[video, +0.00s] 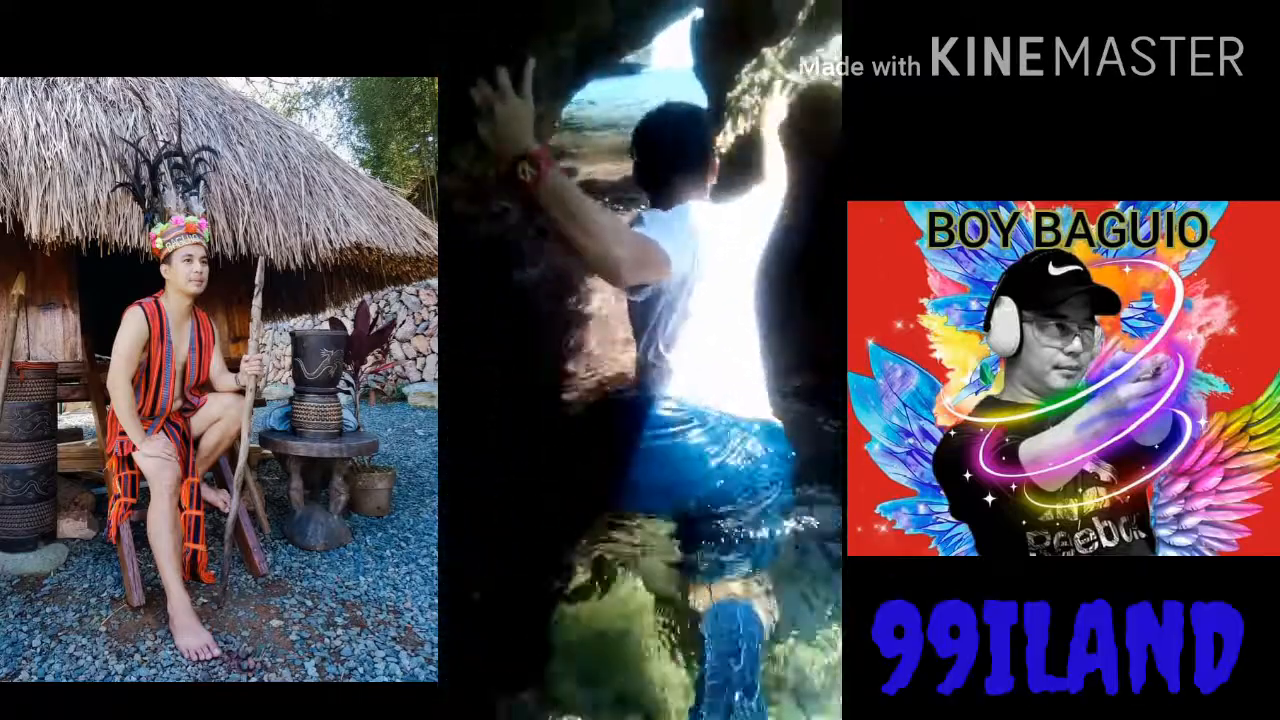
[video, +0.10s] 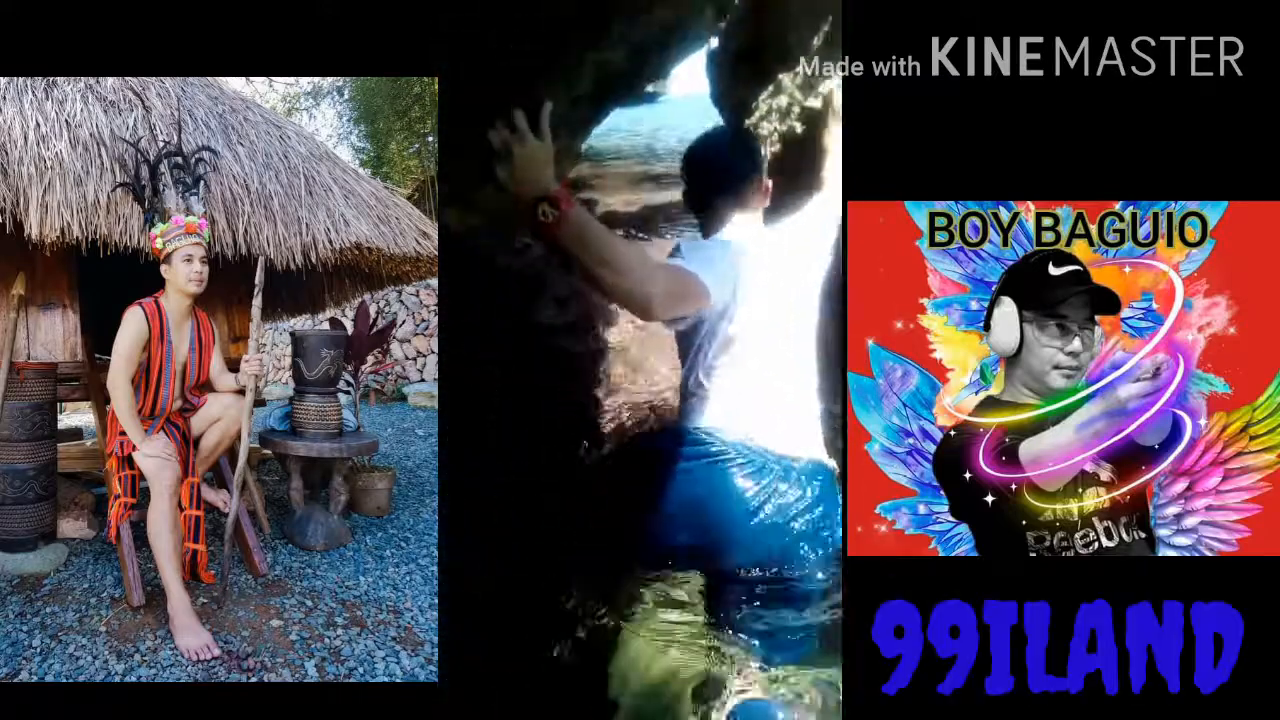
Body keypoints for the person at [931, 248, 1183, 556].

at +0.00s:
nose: (1077, 346)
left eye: (1086, 328)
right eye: (1057, 327)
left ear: (1097, 334)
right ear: (1008, 327)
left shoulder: (1112, 410)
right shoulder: (962, 446)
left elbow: (1157, 436)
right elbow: (1017, 473)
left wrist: (1148, 395)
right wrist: (1107, 413)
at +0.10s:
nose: (1077, 346)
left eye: (1086, 328)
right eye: (1057, 327)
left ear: (1097, 334)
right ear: (1008, 327)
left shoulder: (1112, 410)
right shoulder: (962, 446)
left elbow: (1157, 436)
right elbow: (1017, 473)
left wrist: (1148, 395)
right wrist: (1107, 413)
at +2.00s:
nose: (1076, 346)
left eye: (1086, 328)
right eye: (1055, 327)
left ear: (1096, 334)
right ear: (1007, 327)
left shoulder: (1113, 409)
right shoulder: (962, 445)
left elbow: (1155, 435)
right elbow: (1022, 472)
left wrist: (1149, 396)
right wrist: (1105, 412)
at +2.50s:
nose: (1076, 346)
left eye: (1086, 328)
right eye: (1055, 327)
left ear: (1097, 334)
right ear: (1007, 328)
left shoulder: (1113, 409)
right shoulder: (962, 446)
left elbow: (1155, 435)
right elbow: (1021, 472)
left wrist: (1149, 396)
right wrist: (1105, 412)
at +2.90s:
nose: (1076, 346)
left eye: (1086, 328)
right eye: (1055, 326)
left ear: (1096, 335)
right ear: (1007, 328)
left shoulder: (1113, 408)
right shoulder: (962, 446)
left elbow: (1156, 436)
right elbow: (1021, 472)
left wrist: (1147, 395)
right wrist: (1105, 413)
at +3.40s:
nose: (1076, 346)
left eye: (1086, 328)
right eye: (1055, 327)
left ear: (1097, 334)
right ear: (1007, 328)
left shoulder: (1113, 409)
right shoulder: (962, 446)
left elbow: (1156, 435)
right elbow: (1021, 472)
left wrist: (1148, 396)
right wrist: (1105, 412)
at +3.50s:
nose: (1076, 346)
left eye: (1086, 328)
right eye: (1055, 327)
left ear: (1097, 334)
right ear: (1007, 328)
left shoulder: (1113, 409)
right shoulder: (962, 446)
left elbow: (1156, 435)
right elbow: (1021, 472)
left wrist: (1148, 396)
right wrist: (1105, 412)